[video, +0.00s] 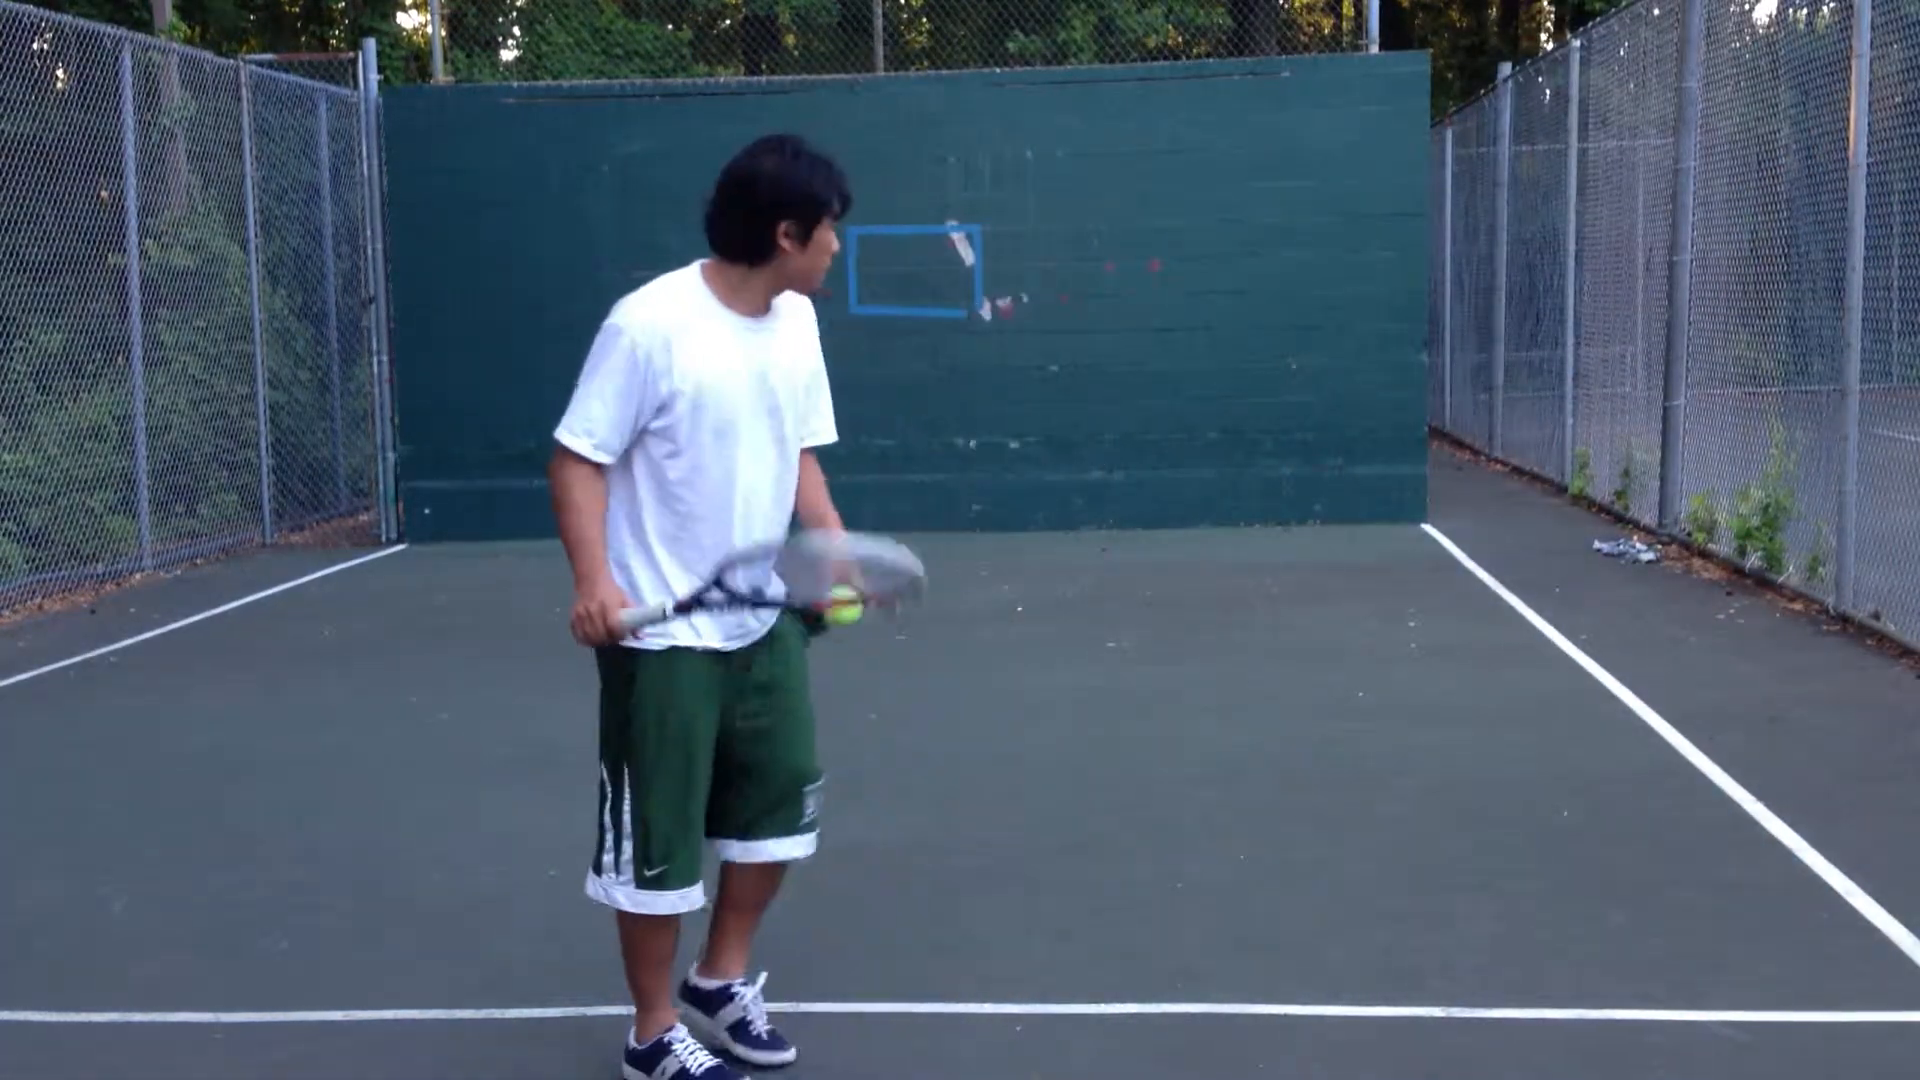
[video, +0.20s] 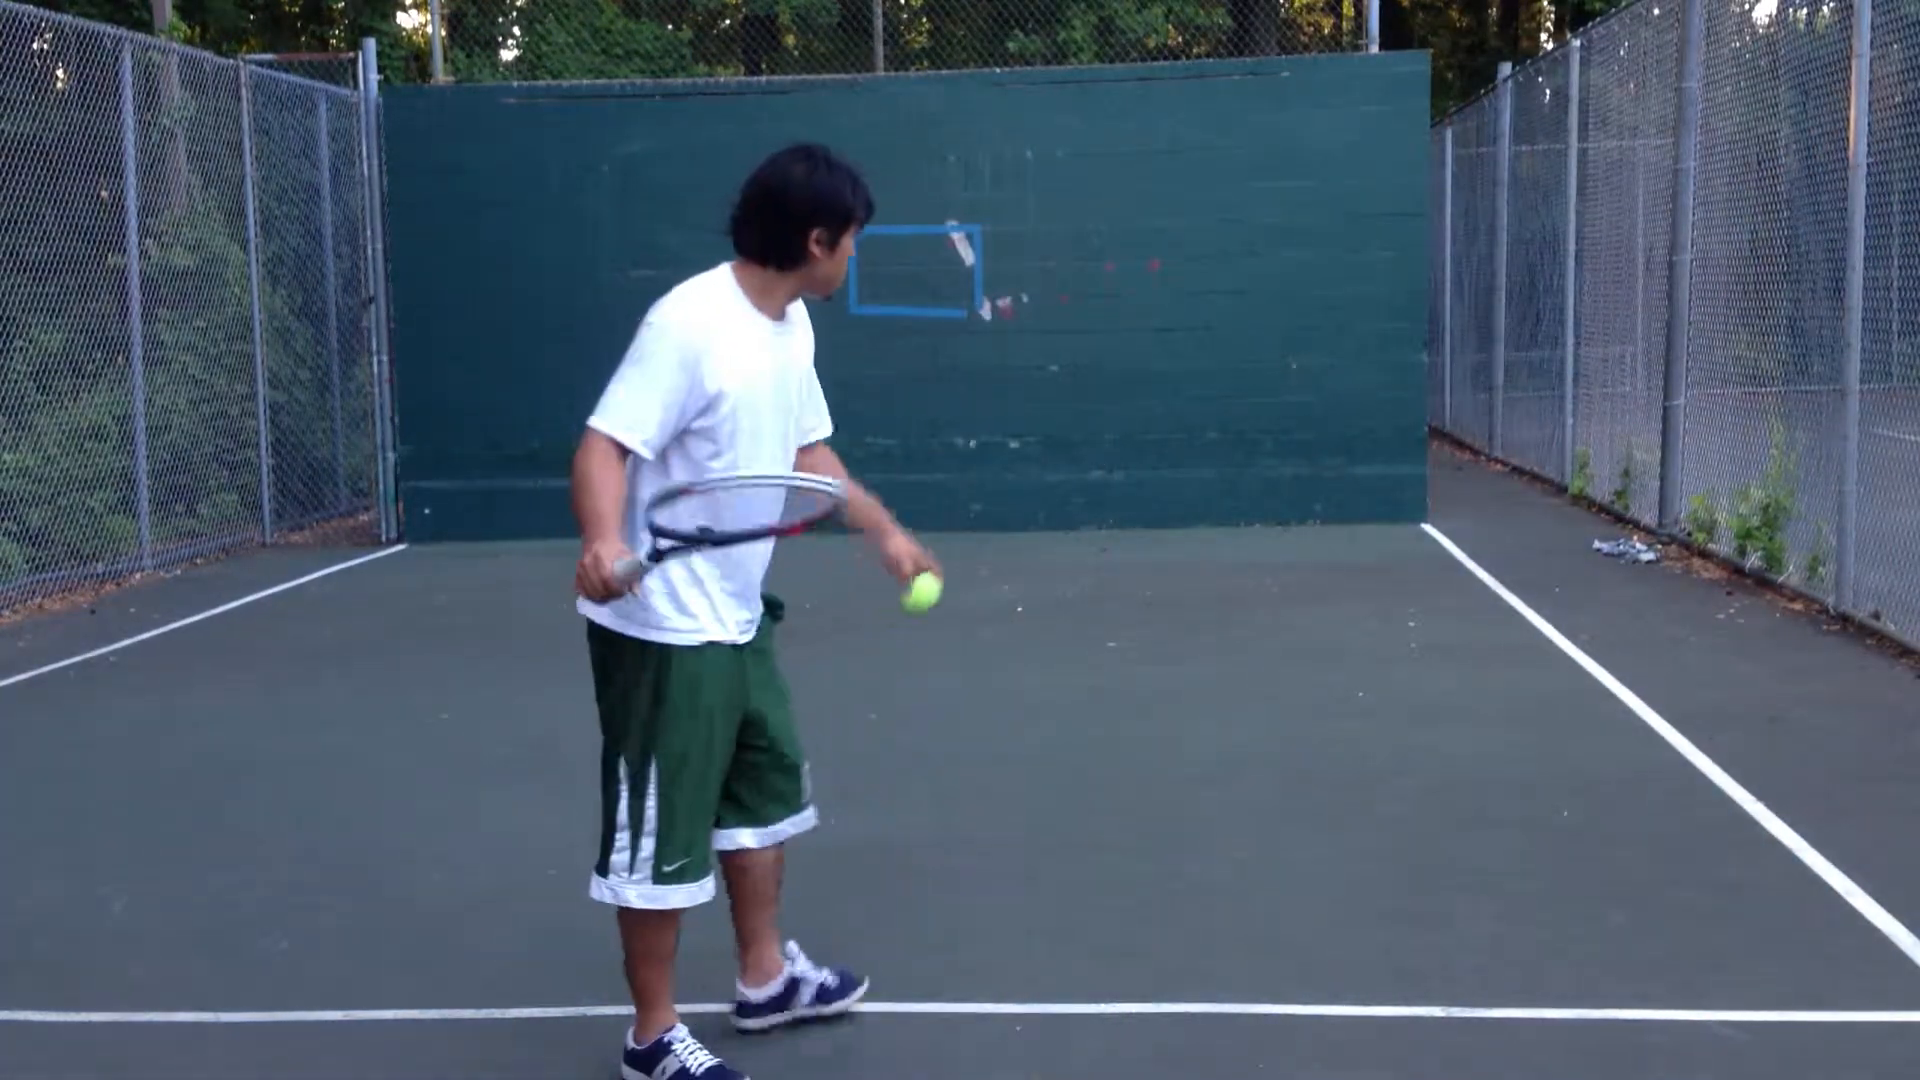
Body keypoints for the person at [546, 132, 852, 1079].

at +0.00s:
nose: (837, 249)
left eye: (836, 233)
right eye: (829, 234)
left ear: (772, 235)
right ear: (781, 237)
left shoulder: (794, 317)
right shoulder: (648, 324)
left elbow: (798, 455)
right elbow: (576, 457)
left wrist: (833, 556)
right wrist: (592, 580)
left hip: (766, 620)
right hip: (661, 630)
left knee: (774, 807)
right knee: (657, 841)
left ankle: (720, 984)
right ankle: (652, 1033)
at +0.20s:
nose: (852, 253)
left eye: (852, 237)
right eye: (847, 238)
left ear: (792, 239)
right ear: (809, 242)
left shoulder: (793, 322)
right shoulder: (683, 324)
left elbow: (807, 458)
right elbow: (602, 448)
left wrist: (882, 528)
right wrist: (600, 538)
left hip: (737, 615)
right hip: (660, 621)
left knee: (761, 797)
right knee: (658, 836)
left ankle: (765, 979)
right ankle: (654, 1033)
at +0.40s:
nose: (871, 277)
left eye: (875, 261)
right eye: (871, 260)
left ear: (811, 246)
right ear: (834, 254)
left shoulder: (780, 323)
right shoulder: (749, 330)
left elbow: (838, 408)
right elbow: (681, 453)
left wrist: (945, 425)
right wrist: (680, 555)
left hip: (725, 613)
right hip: (697, 618)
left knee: (721, 810)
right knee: (691, 828)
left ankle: (773, 976)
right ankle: (655, 1032)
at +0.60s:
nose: (874, 271)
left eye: (877, 255)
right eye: (871, 256)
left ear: (792, 242)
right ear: (836, 252)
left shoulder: (712, 278)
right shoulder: (812, 362)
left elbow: (779, 324)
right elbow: (823, 521)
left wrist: (871, 323)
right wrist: (883, 629)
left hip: (669, 587)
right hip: (754, 606)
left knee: (729, 796)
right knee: (771, 802)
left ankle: (774, 976)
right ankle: (680, 971)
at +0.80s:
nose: (875, 270)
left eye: (879, 254)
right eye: (876, 253)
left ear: (785, 227)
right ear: (848, 246)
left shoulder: (696, 282)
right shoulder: (853, 350)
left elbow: (704, 382)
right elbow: (866, 449)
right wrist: (909, 421)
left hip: (689, 589)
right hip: (792, 599)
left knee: (733, 789)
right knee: (814, 786)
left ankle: (778, 973)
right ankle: (739, 934)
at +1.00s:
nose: (881, 238)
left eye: (877, 224)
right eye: (880, 227)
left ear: (787, 214)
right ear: (865, 236)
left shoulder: (709, 278)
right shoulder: (870, 314)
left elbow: (683, 373)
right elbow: (896, 387)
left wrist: (773, 267)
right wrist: (798, 266)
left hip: (710, 573)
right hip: (822, 581)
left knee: (741, 771)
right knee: (839, 763)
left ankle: (779, 964)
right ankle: (804, 938)